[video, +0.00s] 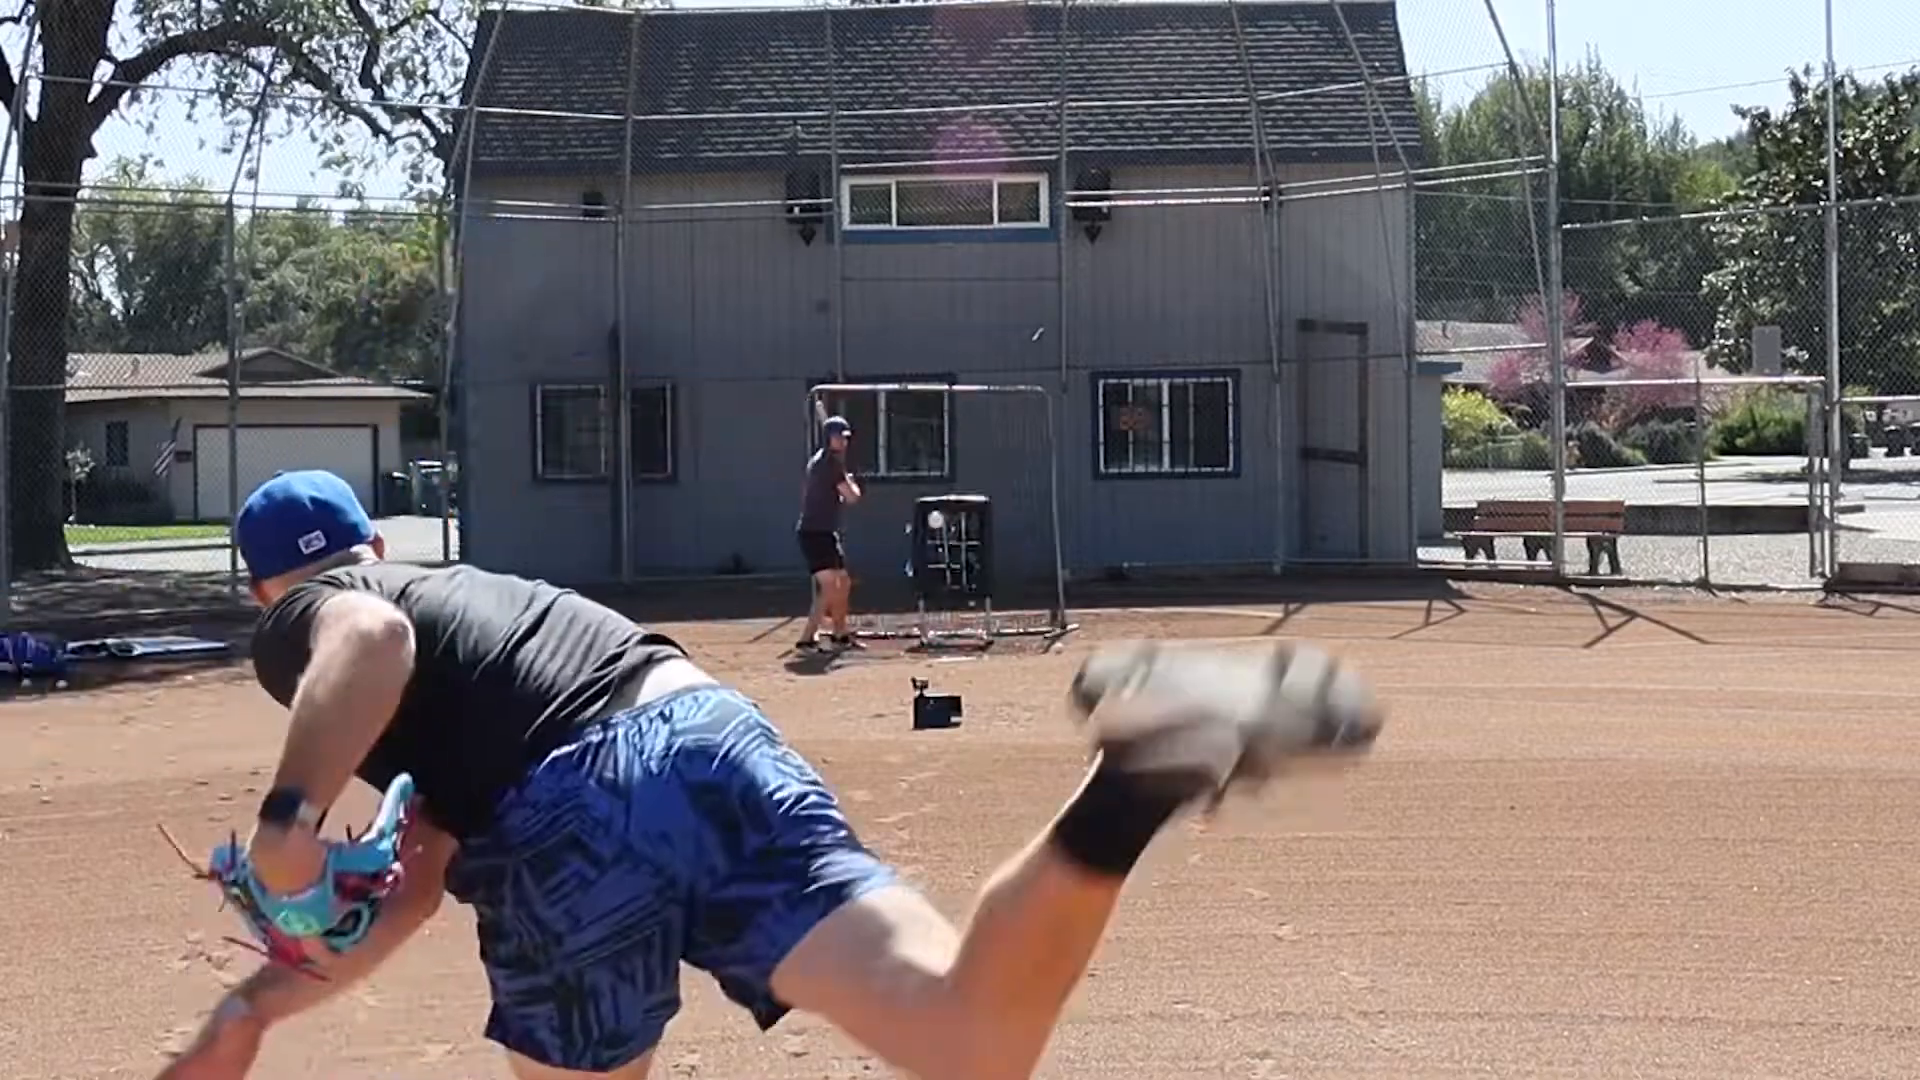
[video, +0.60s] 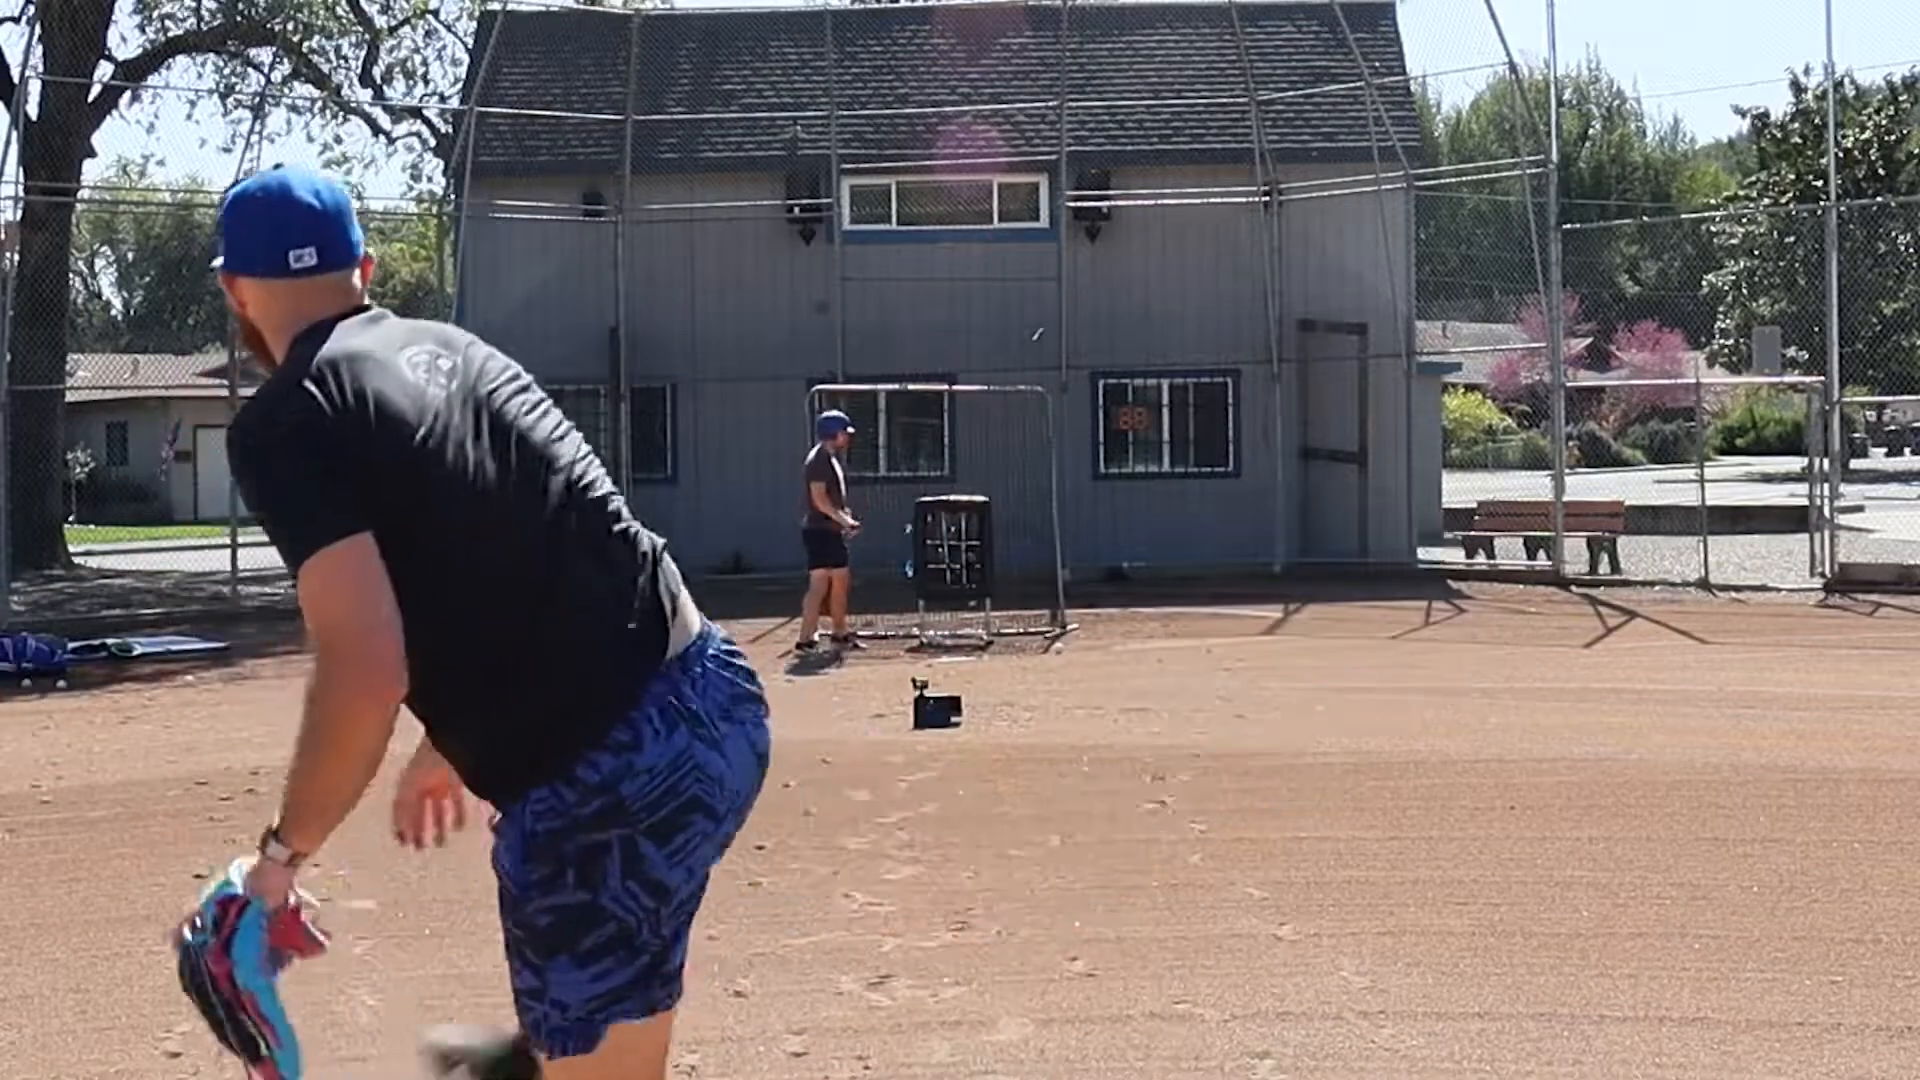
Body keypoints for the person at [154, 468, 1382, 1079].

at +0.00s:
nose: (261, 634)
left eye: (255, 612)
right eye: (262, 612)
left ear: (276, 582)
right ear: (366, 541)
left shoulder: (329, 603)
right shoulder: (460, 617)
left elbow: (364, 649)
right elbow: (394, 894)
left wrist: (288, 830)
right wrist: (239, 1019)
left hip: (577, 785)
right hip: (713, 719)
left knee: (572, 1057)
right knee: (963, 1035)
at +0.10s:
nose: (225, 579)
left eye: (226, 560)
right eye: (232, 561)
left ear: (253, 546)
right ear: (348, 517)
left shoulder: (286, 585)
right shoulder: (436, 576)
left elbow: (354, 642)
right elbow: (449, 885)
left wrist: (339, 793)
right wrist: (352, 1049)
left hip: (572, 817)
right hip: (695, 704)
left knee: (582, 1068)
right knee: (1077, 949)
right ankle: (1234, 621)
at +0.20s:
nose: (204, 533)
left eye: (201, 517)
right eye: (221, 511)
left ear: (210, 515)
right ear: (314, 483)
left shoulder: (244, 576)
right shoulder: (394, 545)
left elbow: (331, 672)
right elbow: (465, 806)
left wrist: (374, 854)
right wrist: (477, 1016)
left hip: (588, 810)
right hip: (704, 687)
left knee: (589, 1068)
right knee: (1033, 881)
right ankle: (1269, 702)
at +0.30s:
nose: (178, 485)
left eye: (174, 467)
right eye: (188, 465)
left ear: (191, 464)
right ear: (300, 437)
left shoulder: (234, 543)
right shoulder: (374, 490)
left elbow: (334, 680)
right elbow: (515, 622)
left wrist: (354, 920)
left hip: (608, 800)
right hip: (716, 672)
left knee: (595, 1062)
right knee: (960, 831)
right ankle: (1263, 861)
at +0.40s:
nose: (188, 425)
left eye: (185, 404)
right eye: (187, 401)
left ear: (202, 401)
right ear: (306, 371)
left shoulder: (241, 491)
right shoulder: (394, 429)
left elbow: (344, 691)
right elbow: (519, 564)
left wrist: (331, 926)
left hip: (614, 794)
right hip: (723, 675)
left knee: (595, 1067)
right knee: (844, 840)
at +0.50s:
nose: (209, 351)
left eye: (204, 332)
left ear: (210, 341)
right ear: (338, 311)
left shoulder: (263, 449)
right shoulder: (424, 380)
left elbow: (350, 675)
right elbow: (511, 569)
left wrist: (302, 911)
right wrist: (501, 781)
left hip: (604, 794)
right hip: (731, 685)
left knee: (599, 1059)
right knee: (745, 859)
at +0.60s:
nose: (232, 302)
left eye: (228, 283)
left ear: (236, 292)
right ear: (365, 270)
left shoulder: (289, 415)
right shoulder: (451, 347)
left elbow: (365, 665)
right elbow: (530, 549)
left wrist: (282, 853)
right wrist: (449, 734)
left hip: (605, 785)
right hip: (714, 698)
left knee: (604, 1063)